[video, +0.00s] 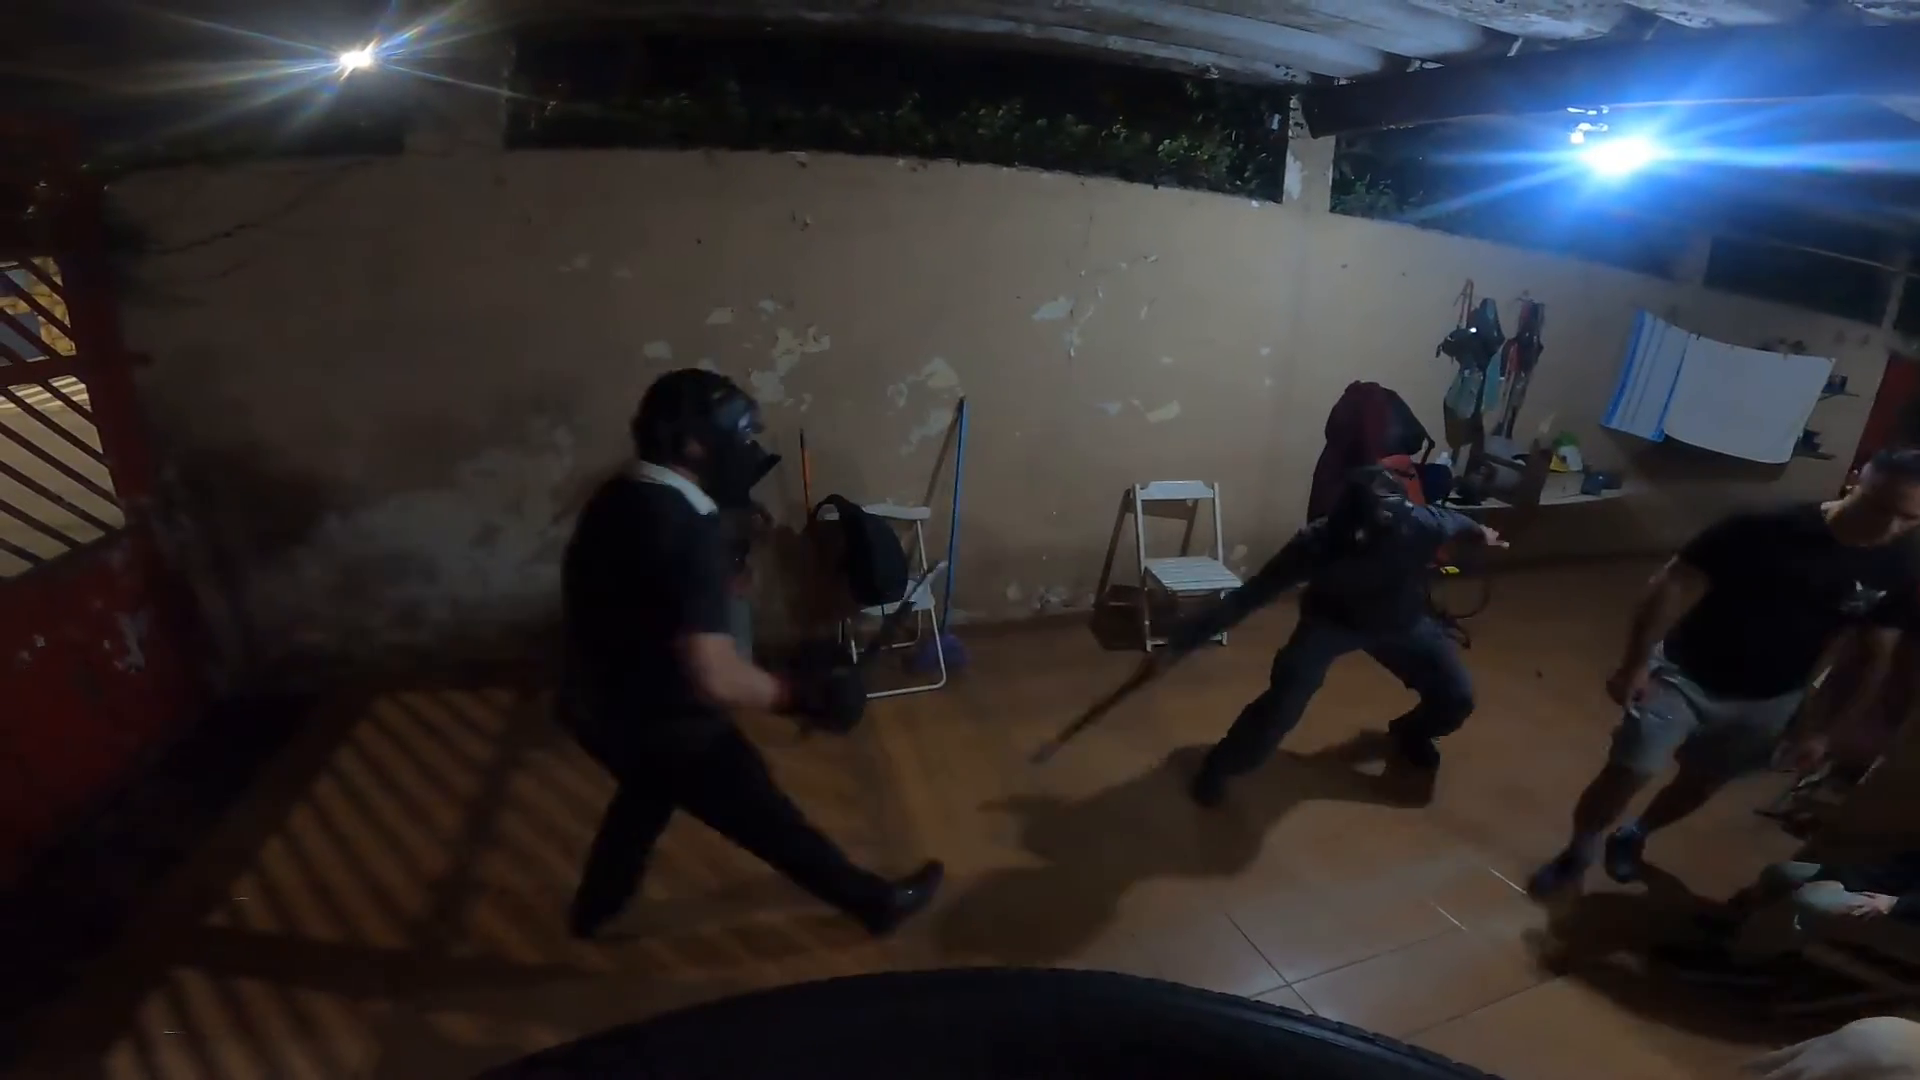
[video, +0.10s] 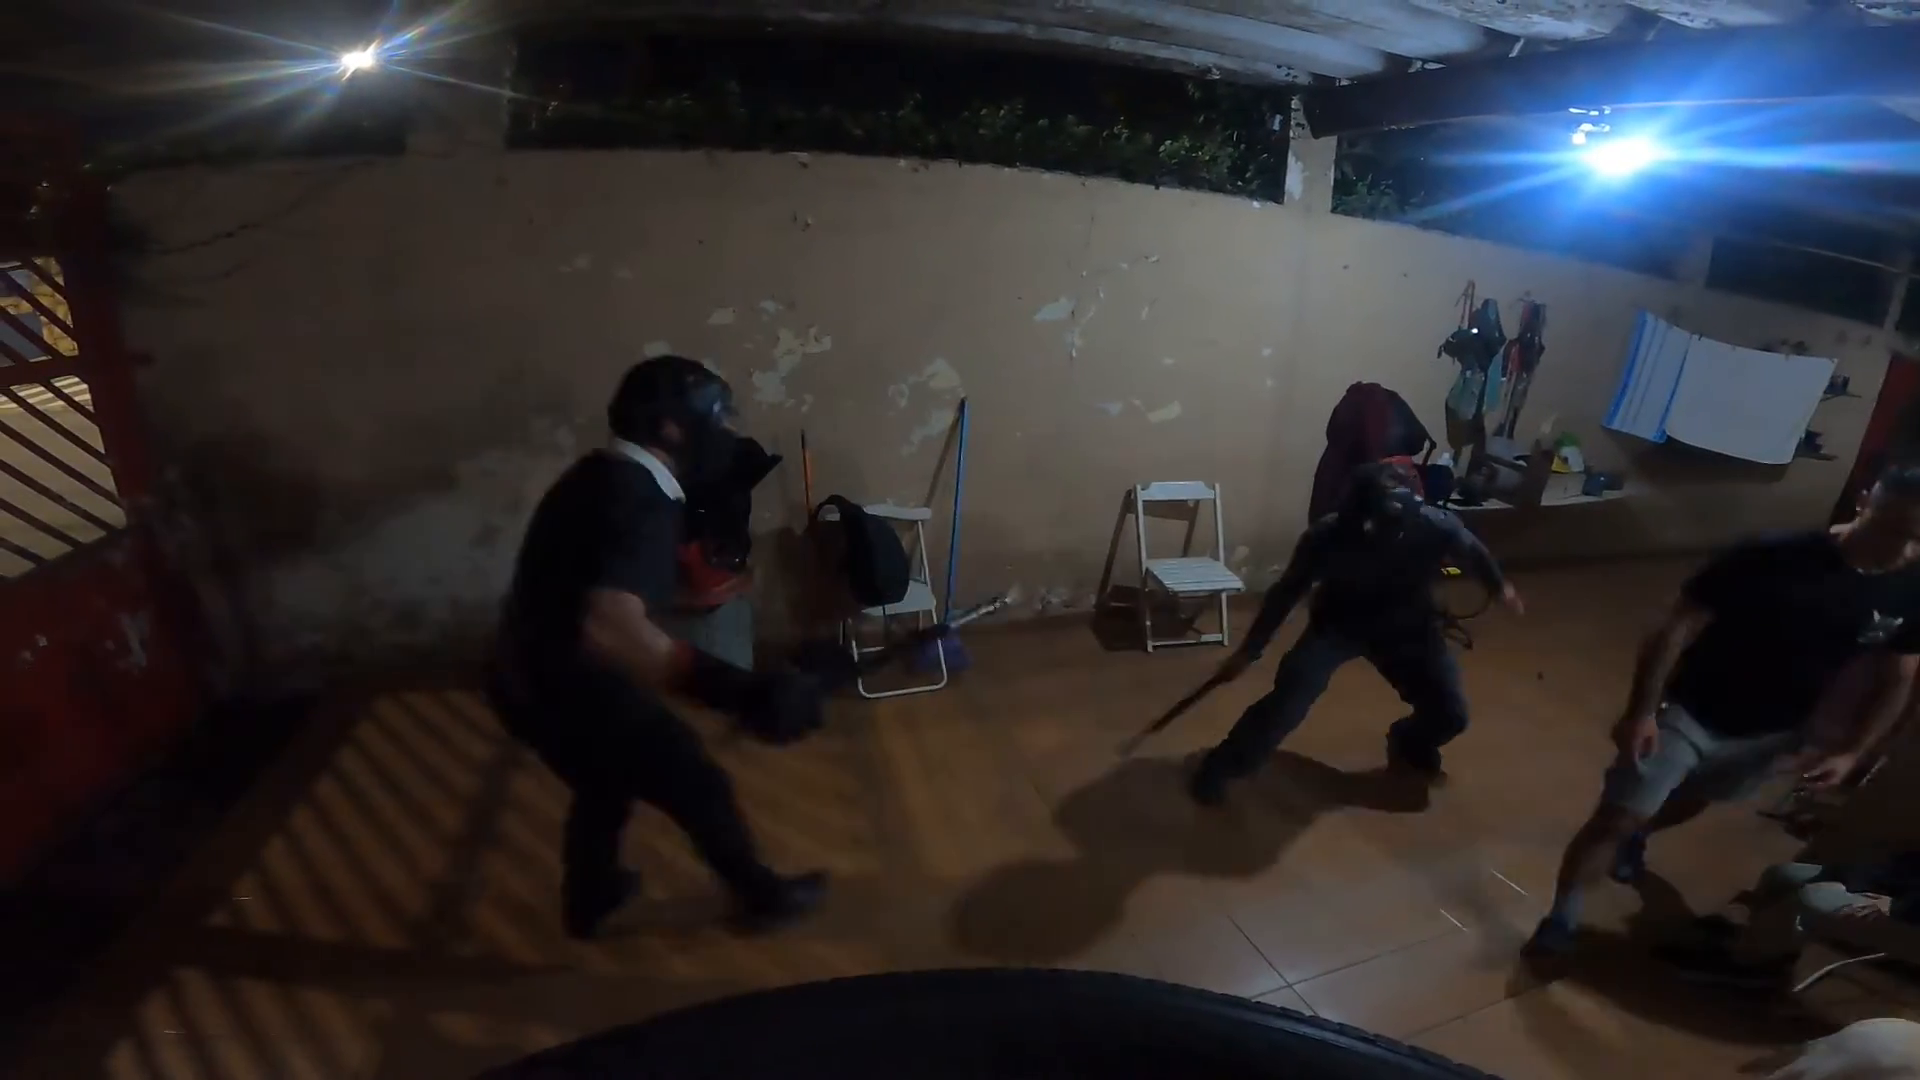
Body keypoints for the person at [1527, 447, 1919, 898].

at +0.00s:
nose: (1892, 527)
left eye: (1906, 519)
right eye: (1886, 509)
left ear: (1915, 522)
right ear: (1855, 487)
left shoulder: (1892, 574)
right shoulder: (1768, 530)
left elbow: (1874, 658)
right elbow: (1672, 584)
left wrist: (1824, 731)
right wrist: (1633, 663)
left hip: (1765, 704)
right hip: (1684, 678)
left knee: (1698, 785)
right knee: (1630, 771)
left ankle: (1633, 837)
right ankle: (1575, 857)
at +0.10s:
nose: (1906, 551)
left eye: (1916, 539)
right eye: (1900, 531)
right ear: (1867, 503)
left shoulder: (1901, 597)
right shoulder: (1773, 558)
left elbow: (1900, 680)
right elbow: (1676, 626)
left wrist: (1853, 754)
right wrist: (1642, 711)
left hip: (1768, 736)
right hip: (1688, 714)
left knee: (1693, 801)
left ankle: (1633, 836)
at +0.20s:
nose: (1907, 565)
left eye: (1919, 556)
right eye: (1901, 545)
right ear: (1875, 522)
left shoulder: (1904, 623)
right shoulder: (1775, 584)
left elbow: (1907, 713)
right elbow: (1687, 662)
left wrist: (1868, 783)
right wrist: (1647, 763)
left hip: (1766, 776)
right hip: (1685, 753)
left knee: (1694, 834)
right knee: (1621, 861)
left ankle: (1630, 852)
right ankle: (1563, 948)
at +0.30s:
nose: (1918, 568)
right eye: (1914, 548)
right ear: (1886, 529)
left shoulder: (1906, 633)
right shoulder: (1780, 592)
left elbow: (1908, 728)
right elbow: (1688, 677)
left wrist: (1868, 804)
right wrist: (1655, 779)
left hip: (1770, 791)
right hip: (1682, 763)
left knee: (1687, 870)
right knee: (1612, 877)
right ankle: (1561, 950)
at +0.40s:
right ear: (1911, 548)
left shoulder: (1911, 642)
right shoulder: (1810, 591)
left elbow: (1908, 732)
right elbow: (1697, 682)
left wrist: (1877, 810)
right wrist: (1681, 792)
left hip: (1781, 803)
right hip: (1684, 762)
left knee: (1716, 909)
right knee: (1595, 872)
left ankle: (1621, 908)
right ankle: (1559, 950)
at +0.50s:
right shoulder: (1828, 596)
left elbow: (1910, 739)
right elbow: (1697, 689)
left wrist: (1890, 813)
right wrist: (1691, 805)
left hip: (1791, 821)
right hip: (1693, 771)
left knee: (1691, 948)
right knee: (1597, 883)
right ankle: (1567, 953)